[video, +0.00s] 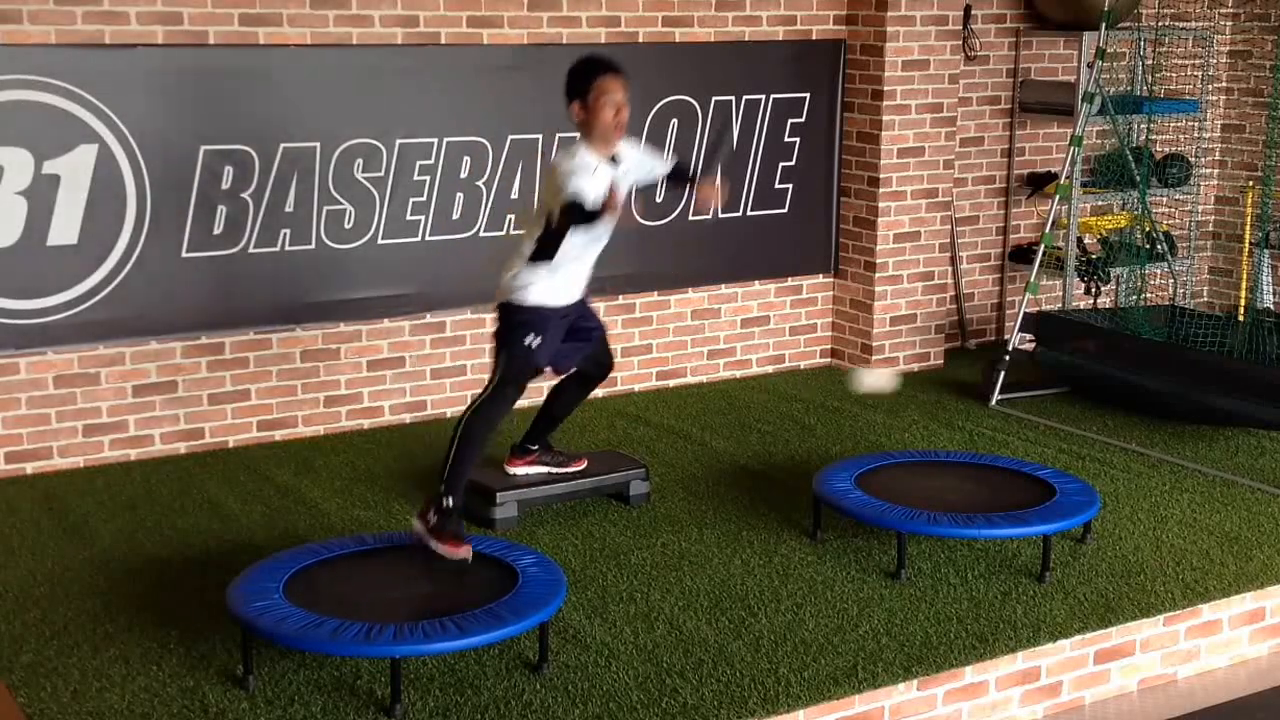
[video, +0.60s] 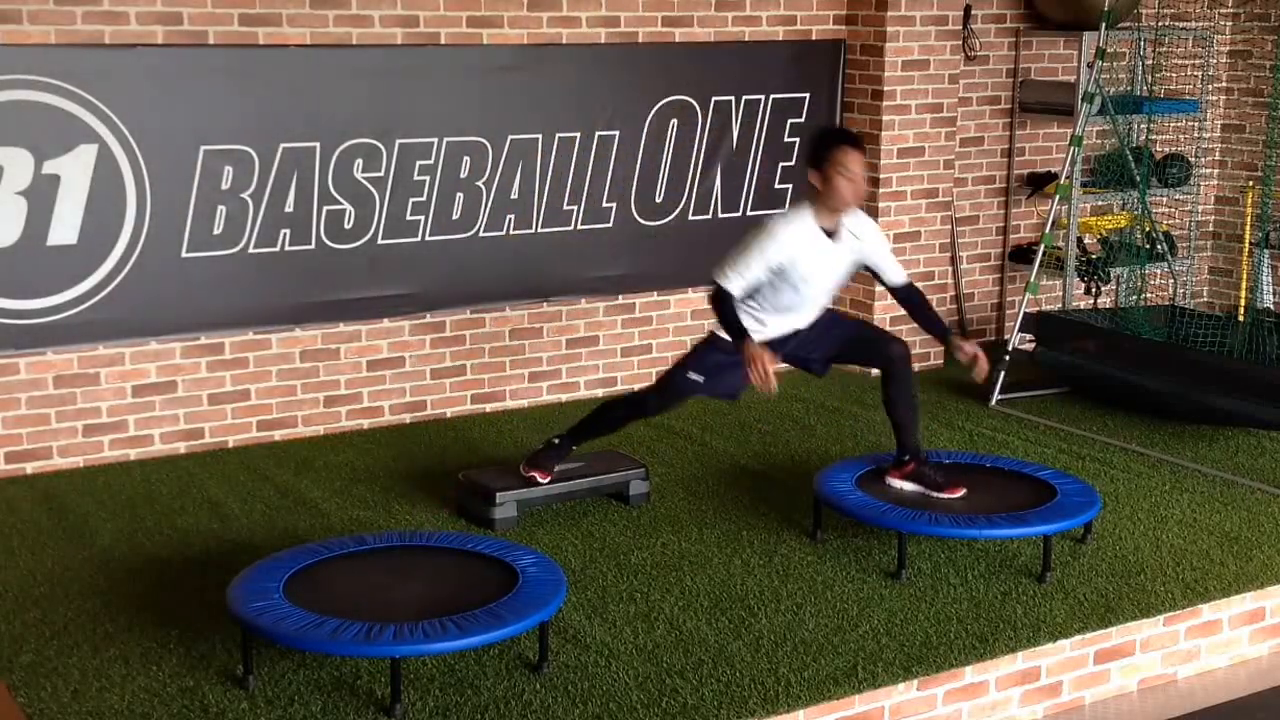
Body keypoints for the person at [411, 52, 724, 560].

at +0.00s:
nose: (621, 114)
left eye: (625, 104)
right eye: (609, 105)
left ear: (628, 107)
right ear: (580, 111)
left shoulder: (625, 154)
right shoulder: (570, 163)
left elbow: (666, 170)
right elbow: (577, 206)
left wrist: (701, 185)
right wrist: (607, 208)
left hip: (568, 299)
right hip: (530, 299)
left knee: (596, 365)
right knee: (502, 393)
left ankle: (530, 449)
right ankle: (442, 510)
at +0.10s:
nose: (643, 64)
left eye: (647, 54)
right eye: (632, 54)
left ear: (650, 58)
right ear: (600, 60)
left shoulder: (650, 110)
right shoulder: (593, 113)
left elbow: (687, 122)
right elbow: (590, 163)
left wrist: (721, 116)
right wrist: (637, 135)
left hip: (615, 267)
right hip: (570, 265)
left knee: (618, 356)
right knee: (532, 369)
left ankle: (545, 434)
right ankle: (467, 476)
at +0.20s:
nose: (674, 42)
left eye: (678, 33)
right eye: (663, 32)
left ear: (683, 40)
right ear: (631, 37)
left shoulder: (682, 90)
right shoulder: (618, 90)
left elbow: (721, 119)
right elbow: (615, 135)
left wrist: (752, 102)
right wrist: (684, 102)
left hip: (653, 249)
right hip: (597, 252)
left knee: (692, 338)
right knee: (558, 358)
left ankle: (615, 392)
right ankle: (517, 436)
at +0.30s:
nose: (713, 61)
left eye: (716, 51)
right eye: (701, 49)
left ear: (718, 55)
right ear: (668, 53)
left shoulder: (710, 106)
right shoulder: (649, 103)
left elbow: (754, 152)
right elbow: (645, 155)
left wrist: (800, 147)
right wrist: (720, 124)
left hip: (680, 250)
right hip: (623, 260)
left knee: (763, 314)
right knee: (578, 363)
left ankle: (736, 401)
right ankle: (545, 444)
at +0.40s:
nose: (756, 100)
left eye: (759, 90)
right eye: (746, 89)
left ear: (761, 94)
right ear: (713, 91)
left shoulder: (754, 146)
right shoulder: (687, 144)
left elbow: (796, 195)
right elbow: (656, 209)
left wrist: (843, 214)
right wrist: (741, 198)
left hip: (717, 272)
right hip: (655, 280)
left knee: (805, 326)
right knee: (596, 368)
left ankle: (868, 424)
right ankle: (546, 446)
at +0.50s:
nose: (804, 139)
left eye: (811, 132)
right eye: (794, 128)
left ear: (815, 138)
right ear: (766, 131)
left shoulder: (811, 189)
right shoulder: (734, 185)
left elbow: (853, 242)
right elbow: (679, 254)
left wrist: (901, 282)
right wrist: (741, 283)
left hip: (771, 309)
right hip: (707, 310)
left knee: (850, 359)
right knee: (624, 383)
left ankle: (902, 463)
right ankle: (548, 449)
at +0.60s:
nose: (861, 185)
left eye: (864, 175)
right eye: (850, 174)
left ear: (862, 182)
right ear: (818, 178)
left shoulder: (863, 231)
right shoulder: (780, 230)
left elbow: (906, 290)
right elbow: (720, 291)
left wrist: (953, 339)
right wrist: (748, 344)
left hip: (809, 327)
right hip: (745, 336)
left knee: (894, 353)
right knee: (654, 401)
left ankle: (909, 462)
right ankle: (560, 446)